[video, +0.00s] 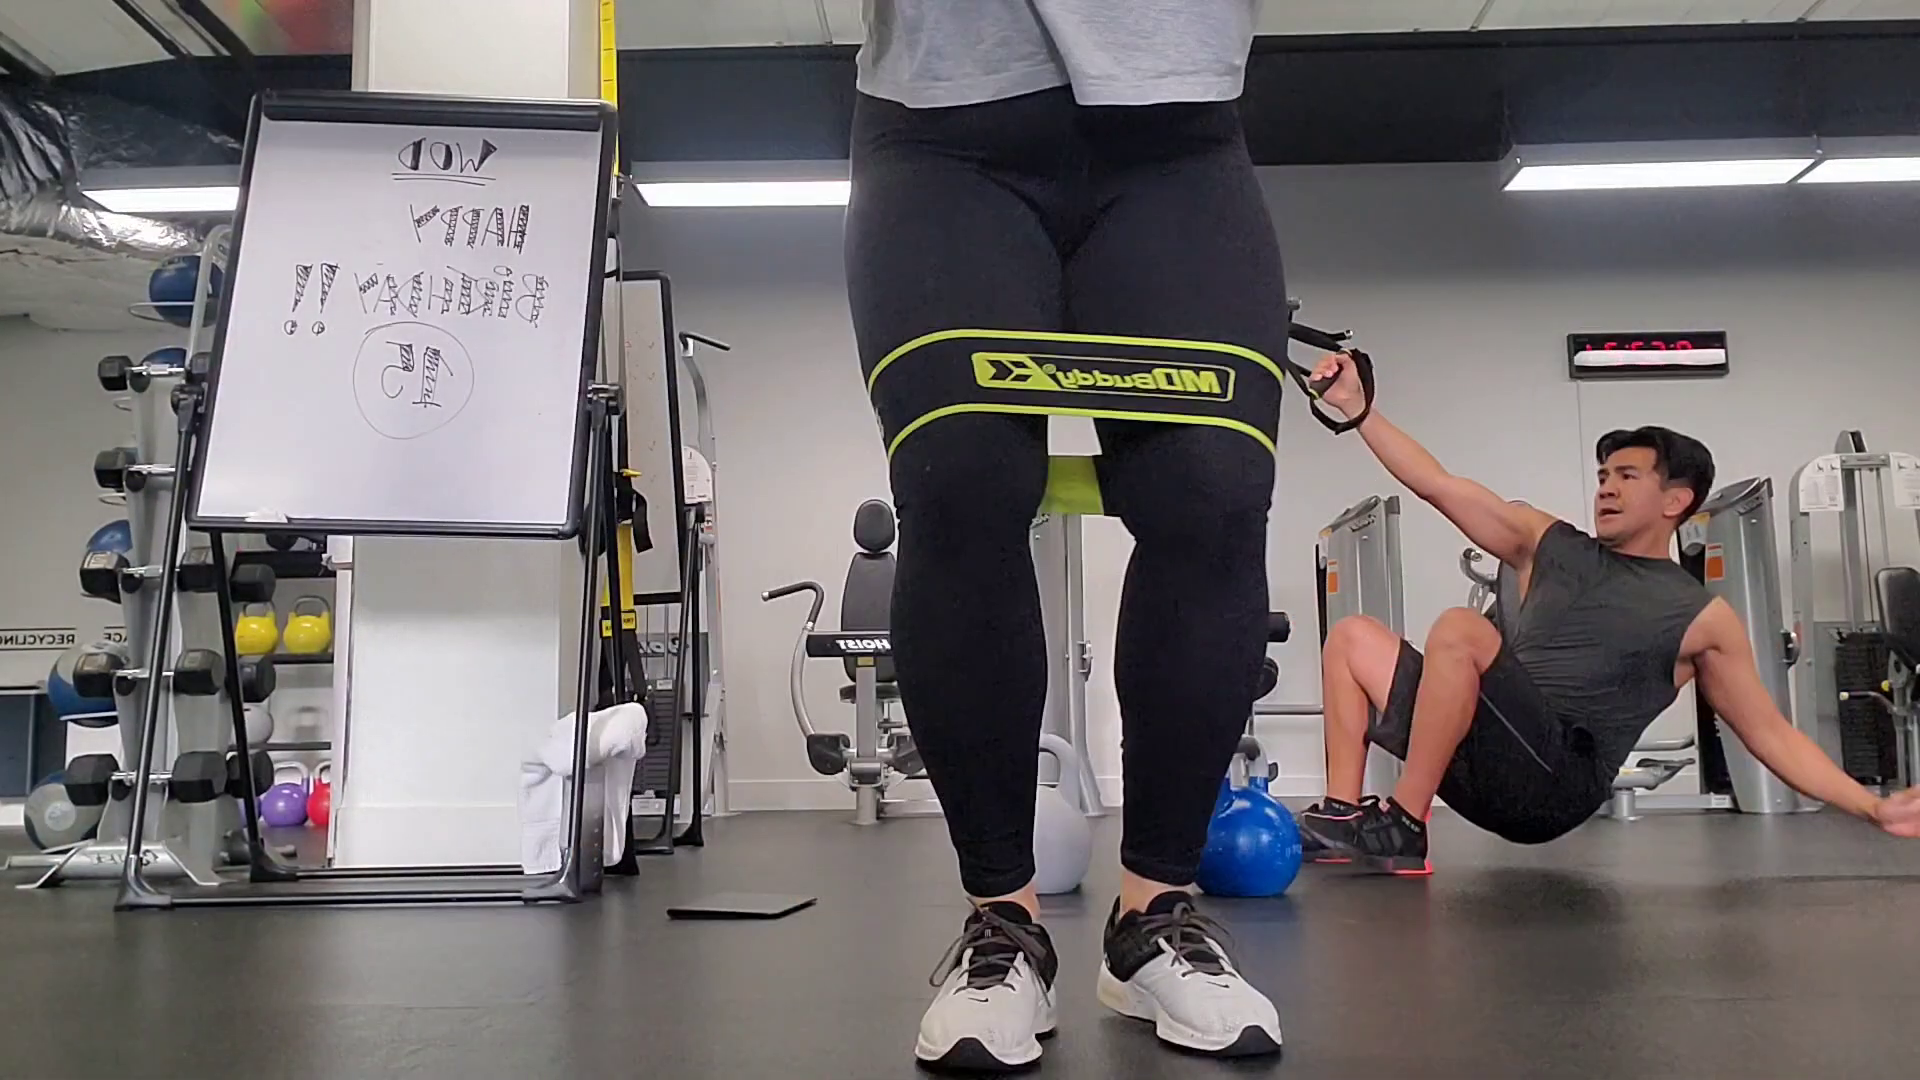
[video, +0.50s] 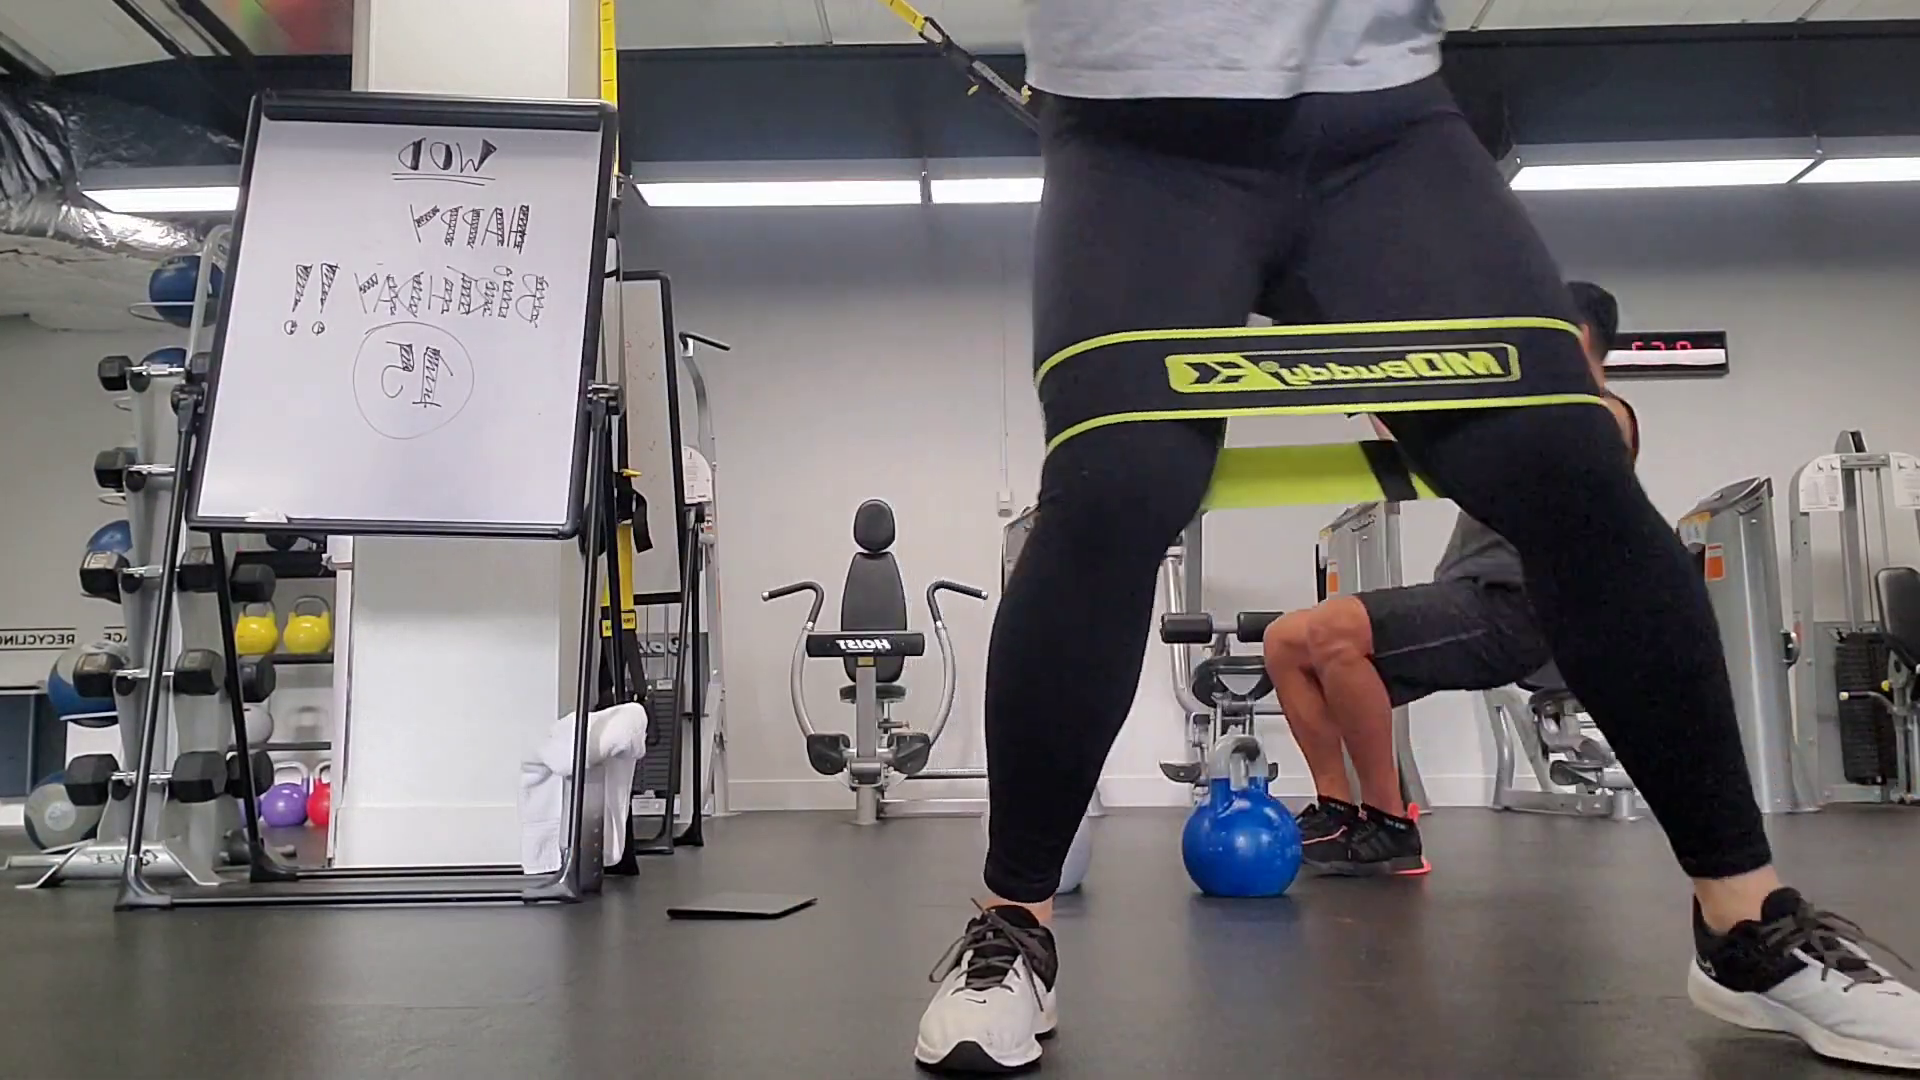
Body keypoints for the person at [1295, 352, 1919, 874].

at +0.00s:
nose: (1604, 487)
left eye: (1626, 475)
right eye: (1602, 476)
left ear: (1678, 501)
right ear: (1599, 487)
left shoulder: (1702, 614)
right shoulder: (1546, 540)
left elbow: (1769, 736)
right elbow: (1437, 484)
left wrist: (1875, 809)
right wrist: (1360, 413)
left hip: (1561, 781)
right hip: (1479, 754)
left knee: (1462, 629)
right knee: (1351, 637)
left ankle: (1406, 824)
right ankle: (1342, 812)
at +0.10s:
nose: (1606, 507)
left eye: (1627, 495)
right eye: (1605, 495)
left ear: (1680, 519)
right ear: (1602, 506)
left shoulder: (1702, 636)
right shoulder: (1548, 552)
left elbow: (1772, 755)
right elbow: (1439, 490)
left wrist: (1876, 841)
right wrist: (1356, 417)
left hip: (1557, 794)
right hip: (1474, 767)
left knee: (1472, 634)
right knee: (1359, 637)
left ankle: (1404, 823)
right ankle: (1344, 813)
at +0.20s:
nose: (1595, 498)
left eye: (1615, 486)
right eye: (1596, 486)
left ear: (1670, 508)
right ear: (1592, 497)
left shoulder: (1692, 623)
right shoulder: (1548, 548)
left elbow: (1767, 746)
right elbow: (1439, 490)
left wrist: (1867, 819)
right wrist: (1354, 416)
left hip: (1544, 779)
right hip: (1465, 754)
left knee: (1447, 626)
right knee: (1360, 641)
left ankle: (1398, 825)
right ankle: (1338, 821)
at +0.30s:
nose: (1574, 462)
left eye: (1591, 449)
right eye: (1576, 451)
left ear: (1648, 463)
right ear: (1626, 463)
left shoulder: (1675, 570)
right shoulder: (1539, 523)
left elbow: (1727, 687)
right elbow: (1435, 483)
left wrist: (1784, 747)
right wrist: (1368, 442)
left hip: (1540, 730)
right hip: (1464, 695)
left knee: (1413, 662)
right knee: (1319, 639)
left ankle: (1397, 822)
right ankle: (1337, 809)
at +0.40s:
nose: (1550, 415)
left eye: (1563, 399)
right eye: (1550, 403)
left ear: (1615, 403)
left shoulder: (1646, 495)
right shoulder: (1553, 487)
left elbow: (1643, 608)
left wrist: (1566, 548)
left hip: (1543, 675)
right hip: (1492, 669)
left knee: (1362, 628)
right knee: (1297, 641)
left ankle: (1391, 821)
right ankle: (1337, 809)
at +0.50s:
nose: (1552, 349)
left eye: (1566, 338)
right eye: (1547, 336)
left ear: (1592, 344)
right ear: (1532, 341)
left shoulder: (1606, 416)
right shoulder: (1511, 403)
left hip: (1513, 608)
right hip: (1461, 597)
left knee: (1334, 632)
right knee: (1284, 642)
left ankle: (1389, 822)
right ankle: (1337, 811)